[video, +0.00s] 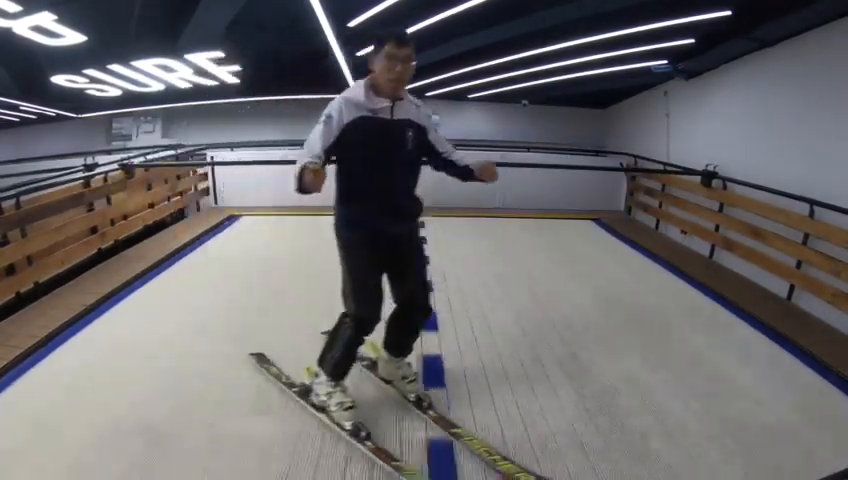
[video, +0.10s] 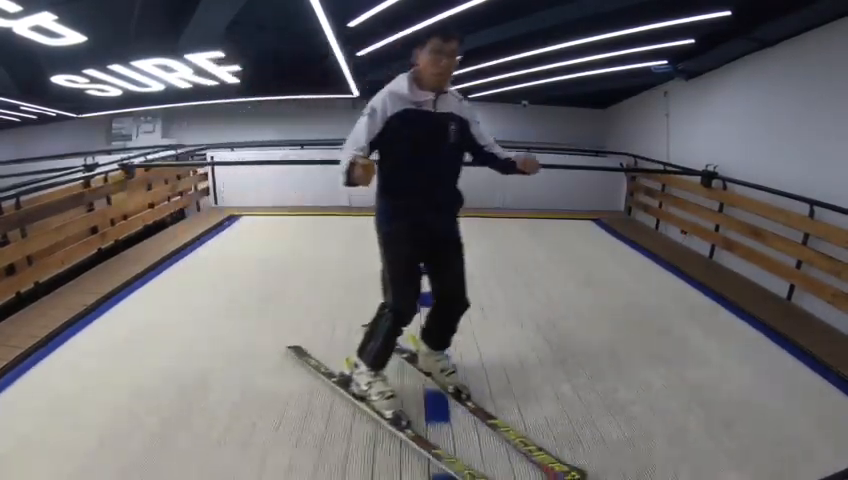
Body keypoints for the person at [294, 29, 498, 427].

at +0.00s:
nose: (400, 71)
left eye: (407, 63)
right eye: (392, 62)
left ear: (413, 67)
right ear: (373, 62)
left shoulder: (416, 114)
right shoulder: (346, 107)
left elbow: (441, 157)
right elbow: (312, 155)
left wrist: (473, 172)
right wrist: (310, 175)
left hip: (402, 224)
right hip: (357, 224)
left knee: (415, 303)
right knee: (364, 311)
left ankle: (392, 361)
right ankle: (326, 380)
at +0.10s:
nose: (445, 64)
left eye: (452, 57)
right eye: (438, 55)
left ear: (457, 63)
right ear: (417, 57)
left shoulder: (459, 107)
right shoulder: (389, 100)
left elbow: (484, 151)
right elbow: (353, 151)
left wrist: (516, 164)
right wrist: (354, 170)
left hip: (442, 217)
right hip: (397, 218)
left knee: (453, 299)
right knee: (403, 303)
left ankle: (430, 352)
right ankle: (366, 369)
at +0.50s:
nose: (587, 83)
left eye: (593, 76)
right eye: (580, 74)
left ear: (598, 79)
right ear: (560, 71)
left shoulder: (584, 121)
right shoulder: (527, 110)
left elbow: (602, 161)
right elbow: (495, 164)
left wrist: (636, 181)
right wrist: (512, 188)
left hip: (567, 218)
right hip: (527, 219)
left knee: (583, 294)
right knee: (547, 298)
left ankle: (576, 342)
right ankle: (548, 353)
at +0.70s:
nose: (625, 93)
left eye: (630, 85)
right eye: (617, 84)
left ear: (633, 86)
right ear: (595, 80)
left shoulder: (625, 128)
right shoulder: (566, 120)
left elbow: (648, 167)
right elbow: (536, 175)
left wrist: (680, 187)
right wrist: (552, 201)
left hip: (610, 231)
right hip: (569, 233)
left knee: (624, 301)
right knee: (589, 305)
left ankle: (627, 349)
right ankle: (598, 363)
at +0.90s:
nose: (638, 96)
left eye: (644, 88)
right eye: (630, 88)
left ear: (649, 89)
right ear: (608, 85)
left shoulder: (650, 133)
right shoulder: (580, 125)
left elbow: (675, 172)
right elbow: (550, 175)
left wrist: (707, 190)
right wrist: (553, 202)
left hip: (629, 237)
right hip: (584, 237)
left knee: (640, 307)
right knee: (601, 313)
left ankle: (655, 365)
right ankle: (613, 374)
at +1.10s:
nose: (627, 94)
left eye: (634, 86)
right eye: (618, 85)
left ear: (641, 88)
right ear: (598, 85)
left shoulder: (649, 137)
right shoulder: (571, 126)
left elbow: (678, 174)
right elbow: (542, 168)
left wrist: (703, 194)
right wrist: (530, 195)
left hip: (623, 243)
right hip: (574, 242)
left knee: (630, 318)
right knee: (589, 322)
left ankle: (653, 375)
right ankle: (607, 378)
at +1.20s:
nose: (601, 90)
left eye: (609, 82)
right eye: (592, 82)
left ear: (618, 86)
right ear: (575, 83)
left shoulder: (629, 134)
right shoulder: (547, 125)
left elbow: (662, 172)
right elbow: (518, 172)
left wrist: (684, 195)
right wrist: (499, 196)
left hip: (603, 246)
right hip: (553, 245)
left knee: (608, 325)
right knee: (561, 330)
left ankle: (636, 379)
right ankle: (585, 384)